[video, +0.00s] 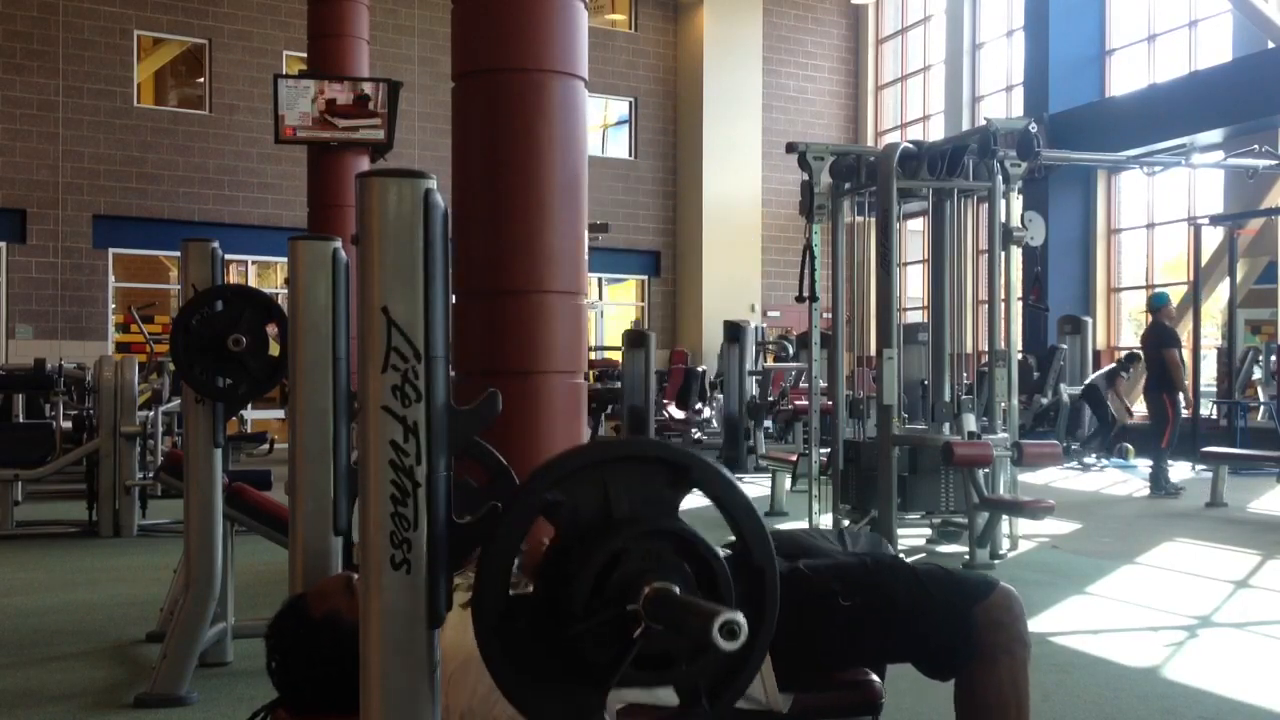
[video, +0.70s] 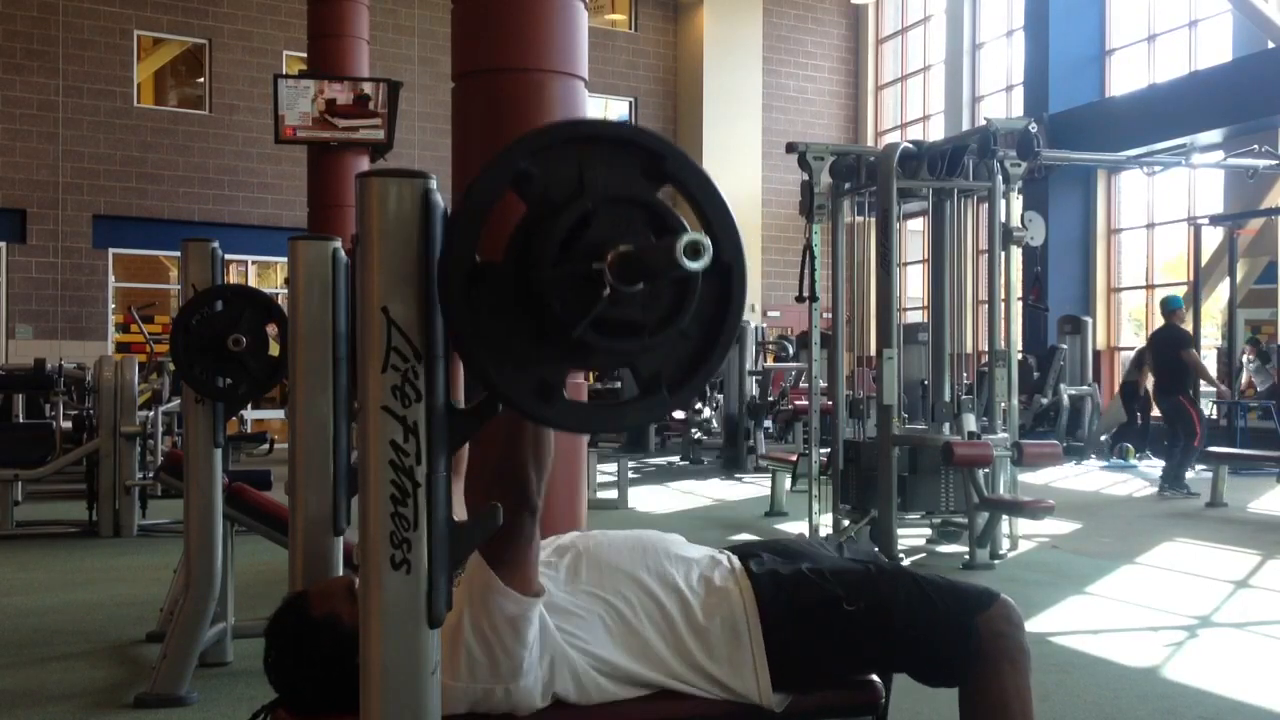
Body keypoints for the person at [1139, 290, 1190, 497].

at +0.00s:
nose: (1174, 309)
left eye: (1172, 305)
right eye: (1170, 306)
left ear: (1155, 310)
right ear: (1163, 309)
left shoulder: (1149, 332)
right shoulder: (1166, 331)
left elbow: (1150, 364)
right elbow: (1174, 363)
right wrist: (1185, 392)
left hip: (1152, 388)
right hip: (1164, 389)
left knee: (1162, 432)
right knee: (1167, 431)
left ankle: (1162, 479)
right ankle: (1159, 482)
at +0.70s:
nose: (1185, 313)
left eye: (1184, 309)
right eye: (1182, 309)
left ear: (1165, 313)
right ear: (1176, 312)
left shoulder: (1155, 336)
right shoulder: (1180, 334)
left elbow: (1147, 365)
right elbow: (1195, 363)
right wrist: (1217, 385)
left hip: (1161, 393)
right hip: (1178, 393)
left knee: (1175, 436)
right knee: (1197, 432)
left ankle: (1168, 480)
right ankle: (1177, 479)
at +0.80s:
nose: (1187, 318)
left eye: (1186, 314)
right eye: (1185, 315)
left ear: (1168, 317)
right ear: (1178, 317)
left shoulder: (1159, 338)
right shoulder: (1180, 337)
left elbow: (1143, 362)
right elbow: (1203, 357)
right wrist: (1231, 368)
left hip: (1165, 396)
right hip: (1180, 396)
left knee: (1182, 437)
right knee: (1201, 436)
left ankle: (1169, 481)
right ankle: (1178, 482)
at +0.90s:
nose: (1190, 311)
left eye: (1189, 308)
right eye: (1188, 308)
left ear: (1169, 310)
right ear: (1182, 309)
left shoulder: (1159, 331)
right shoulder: (1184, 328)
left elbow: (1144, 338)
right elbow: (1203, 336)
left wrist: (1140, 335)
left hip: (1167, 390)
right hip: (1184, 390)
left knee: (1180, 432)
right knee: (1200, 429)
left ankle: (1168, 478)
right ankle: (1180, 478)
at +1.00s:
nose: (1192, 300)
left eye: (1191, 296)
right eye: (1190, 296)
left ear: (1171, 298)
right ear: (1185, 297)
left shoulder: (1161, 318)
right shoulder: (1191, 314)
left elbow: (1142, 316)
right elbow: (1208, 310)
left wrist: (1135, 304)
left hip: (1168, 377)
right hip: (1187, 377)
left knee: (1174, 420)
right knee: (1197, 417)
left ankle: (1166, 471)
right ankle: (1190, 471)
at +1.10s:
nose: (1193, 299)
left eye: (1192, 296)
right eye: (1191, 296)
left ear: (1173, 297)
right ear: (1187, 297)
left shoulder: (1163, 316)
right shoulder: (1190, 313)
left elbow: (1145, 302)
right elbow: (1205, 289)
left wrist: (1137, 280)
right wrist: (1215, 265)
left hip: (1171, 378)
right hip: (1190, 378)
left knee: (1172, 422)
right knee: (1202, 418)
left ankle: (1157, 469)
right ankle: (1197, 470)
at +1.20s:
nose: (1194, 306)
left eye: (1192, 303)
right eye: (1192, 302)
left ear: (1173, 306)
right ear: (1188, 305)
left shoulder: (1165, 325)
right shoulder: (1188, 323)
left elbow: (1149, 304)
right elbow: (1197, 291)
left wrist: (1151, 275)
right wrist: (1196, 267)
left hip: (1172, 387)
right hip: (1190, 387)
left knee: (1173, 428)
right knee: (1207, 424)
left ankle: (1151, 472)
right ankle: (1207, 475)